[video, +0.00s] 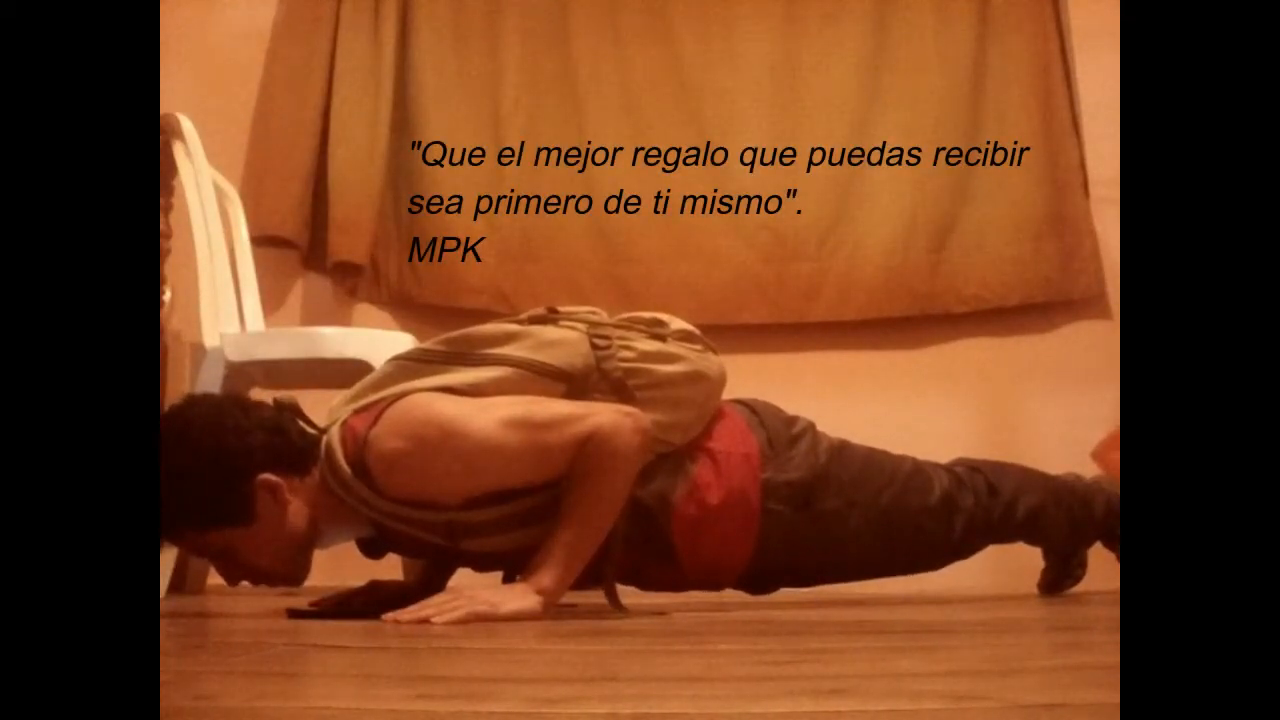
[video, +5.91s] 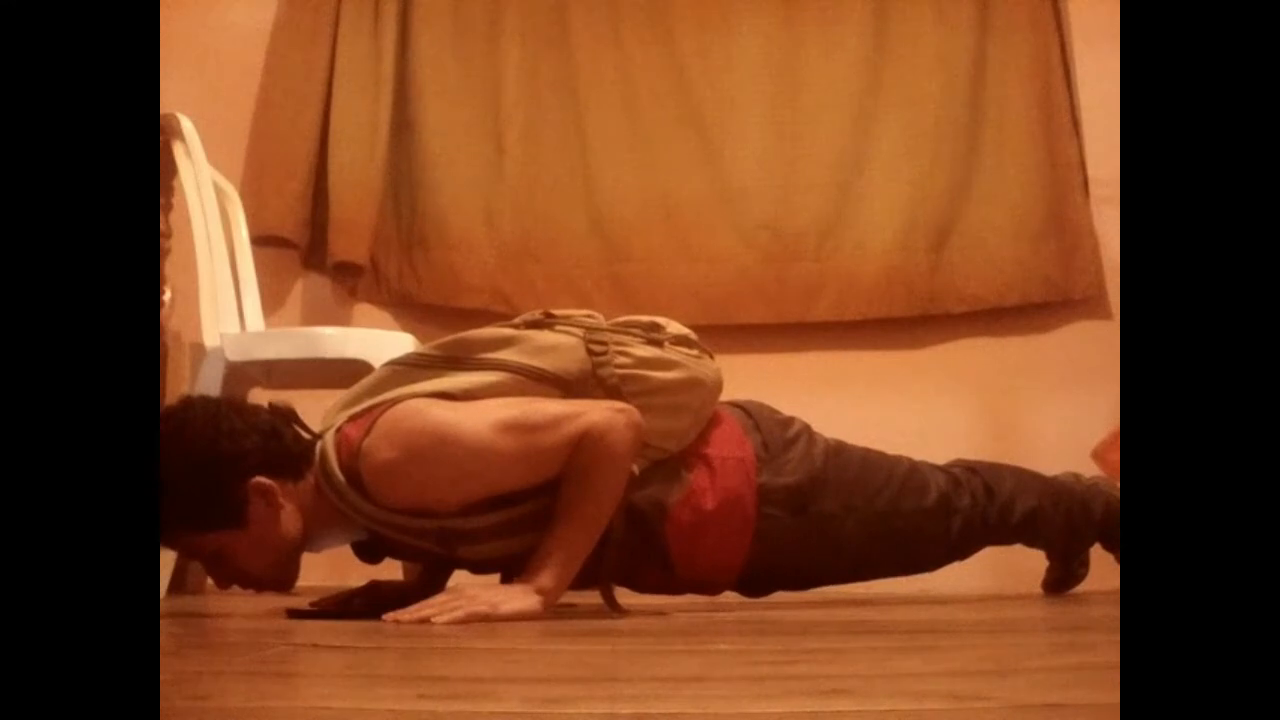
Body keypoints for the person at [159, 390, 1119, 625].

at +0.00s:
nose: (225, 573)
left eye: (218, 549)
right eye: (207, 560)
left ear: (271, 491)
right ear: (266, 480)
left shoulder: (402, 448)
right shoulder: (355, 458)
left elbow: (615, 437)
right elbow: (459, 536)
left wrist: (540, 588)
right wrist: (392, 585)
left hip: (739, 487)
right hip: (711, 501)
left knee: (946, 508)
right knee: (926, 505)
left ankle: (1094, 505)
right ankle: (1078, 505)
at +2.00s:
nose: (217, 575)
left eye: (211, 550)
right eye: (199, 559)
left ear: (264, 493)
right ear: (260, 481)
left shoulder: (400, 452)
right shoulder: (355, 458)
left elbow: (613, 438)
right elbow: (485, 528)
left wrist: (538, 588)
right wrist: (392, 584)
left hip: (737, 496)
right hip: (710, 502)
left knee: (944, 510)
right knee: (923, 507)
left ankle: (1093, 506)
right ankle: (1077, 504)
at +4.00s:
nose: (218, 577)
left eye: (211, 552)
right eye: (199, 562)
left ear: (261, 494)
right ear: (257, 481)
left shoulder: (396, 452)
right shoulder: (353, 463)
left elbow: (608, 438)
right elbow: (472, 535)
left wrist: (539, 588)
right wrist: (386, 587)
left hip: (737, 490)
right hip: (708, 506)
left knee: (941, 508)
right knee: (921, 508)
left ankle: (1093, 505)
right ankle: (1072, 505)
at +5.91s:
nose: (212, 579)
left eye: (206, 554)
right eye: (195, 563)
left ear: (258, 499)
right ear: (255, 482)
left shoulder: (394, 456)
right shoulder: (351, 459)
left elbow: (606, 437)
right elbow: (481, 522)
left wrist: (538, 589)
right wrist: (392, 583)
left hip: (735, 491)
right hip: (708, 498)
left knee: (944, 508)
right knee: (924, 506)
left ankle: (1094, 504)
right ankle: (1075, 505)